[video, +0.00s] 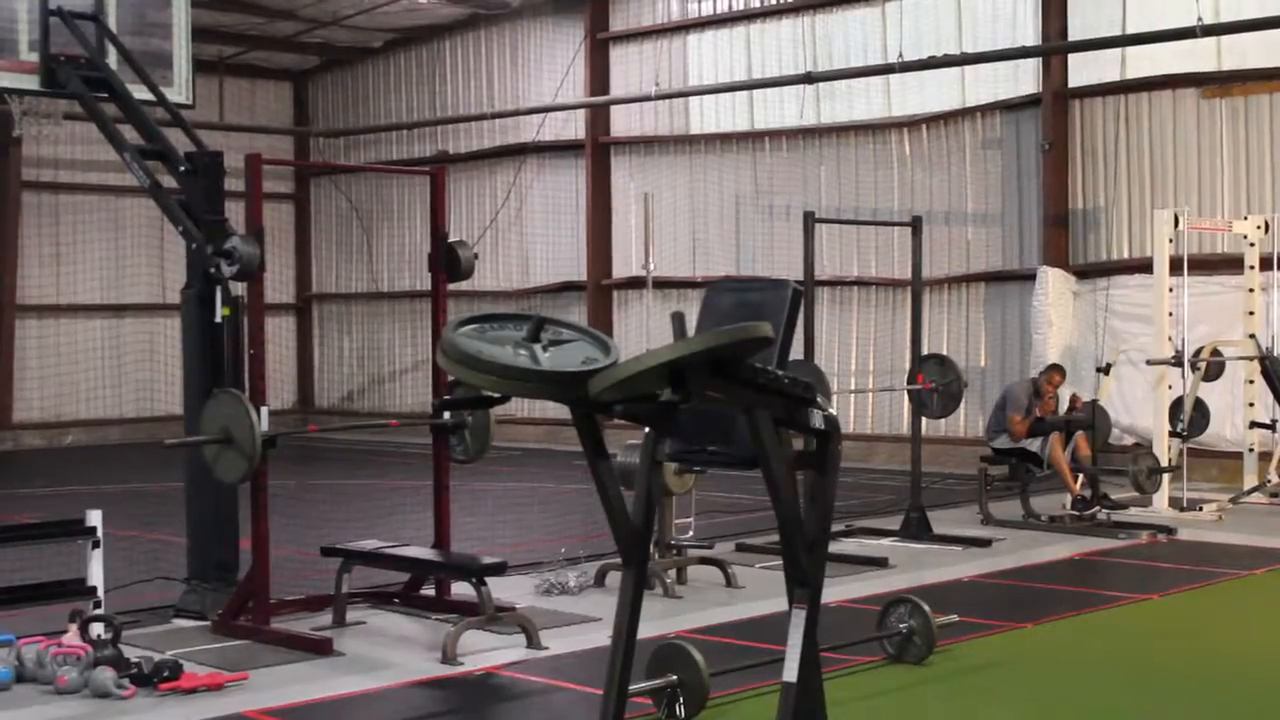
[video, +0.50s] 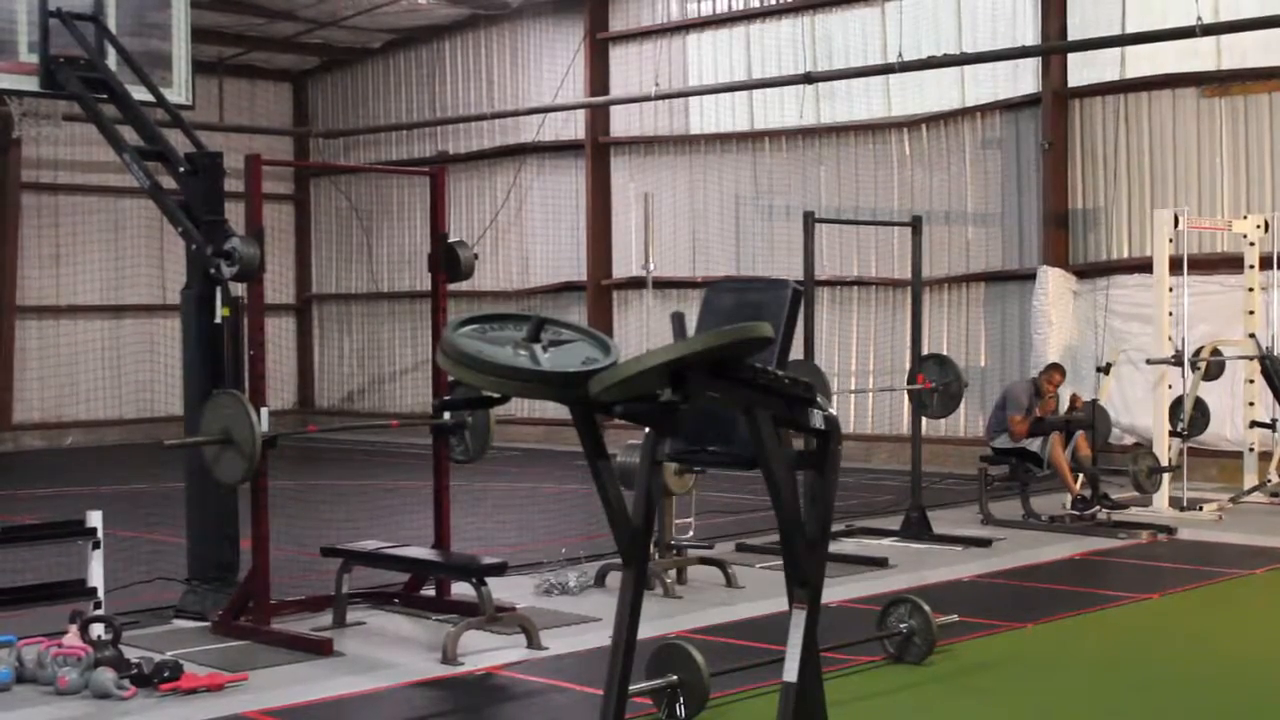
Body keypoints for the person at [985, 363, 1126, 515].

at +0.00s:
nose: (1050, 390)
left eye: (1055, 387)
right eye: (1048, 383)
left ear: (1059, 387)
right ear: (1040, 376)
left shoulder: (1050, 397)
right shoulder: (1018, 391)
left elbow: (1051, 426)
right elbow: (1016, 433)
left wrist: (1070, 412)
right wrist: (1039, 414)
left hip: (1028, 438)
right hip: (1001, 438)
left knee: (1078, 436)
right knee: (1053, 439)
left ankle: (1096, 494)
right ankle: (1077, 498)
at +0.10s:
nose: (1051, 389)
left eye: (1055, 386)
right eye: (1048, 383)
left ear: (1059, 386)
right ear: (1040, 375)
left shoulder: (1047, 395)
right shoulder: (1018, 390)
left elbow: (1051, 425)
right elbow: (1016, 433)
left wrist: (1070, 411)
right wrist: (1040, 414)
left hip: (1026, 437)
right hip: (1001, 438)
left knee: (1078, 435)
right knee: (1052, 440)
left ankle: (1097, 493)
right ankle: (1077, 497)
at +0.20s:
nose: (1051, 390)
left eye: (1055, 387)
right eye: (1048, 384)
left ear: (1059, 386)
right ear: (1040, 376)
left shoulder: (1047, 395)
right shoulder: (1018, 391)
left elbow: (1050, 426)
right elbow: (1016, 434)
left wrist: (1070, 413)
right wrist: (1040, 413)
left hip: (1026, 438)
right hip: (1001, 439)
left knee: (1078, 436)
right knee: (1053, 439)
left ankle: (1096, 493)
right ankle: (1077, 498)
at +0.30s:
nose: (1051, 390)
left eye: (1055, 387)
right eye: (1048, 383)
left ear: (1059, 386)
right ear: (1040, 375)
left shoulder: (1048, 395)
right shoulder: (1018, 391)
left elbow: (1049, 424)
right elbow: (1016, 433)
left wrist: (1071, 411)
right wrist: (1040, 415)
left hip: (1026, 437)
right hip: (1001, 439)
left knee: (1078, 436)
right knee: (1052, 440)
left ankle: (1097, 493)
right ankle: (1077, 497)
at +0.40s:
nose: (1051, 390)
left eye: (1055, 387)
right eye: (1048, 383)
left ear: (1059, 386)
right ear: (1040, 376)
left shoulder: (1048, 395)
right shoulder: (1019, 390)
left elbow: (1050, 426)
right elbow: (1016, 434)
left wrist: (1070, 412)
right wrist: (1040, 413)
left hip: (1027, 438)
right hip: (1001, 439)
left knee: (1078, 436)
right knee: (1053, 439)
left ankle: (1096, 494)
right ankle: (1076, 498)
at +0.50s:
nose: (1051, 389)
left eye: (1056, 386)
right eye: (1049, 383)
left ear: (1059, 386)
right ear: (1040, 375)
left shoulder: (1048, 395)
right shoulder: (1019, 390)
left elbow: (1050, 424)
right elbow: (1016, 434)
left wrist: (1071, 411)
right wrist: (1040, 415)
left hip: (1026, 438)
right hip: (1001, 439)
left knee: (1078, 435)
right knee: (1052, 439)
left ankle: (1097, 493)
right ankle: (1077, 497)